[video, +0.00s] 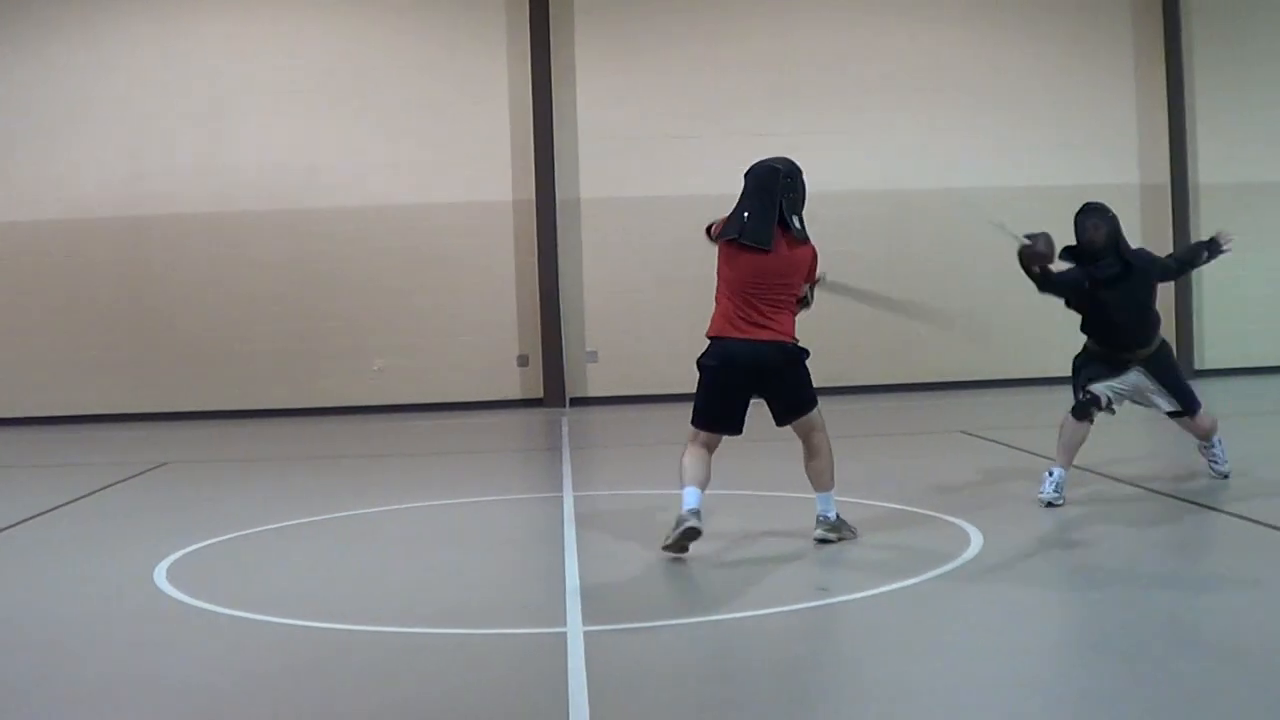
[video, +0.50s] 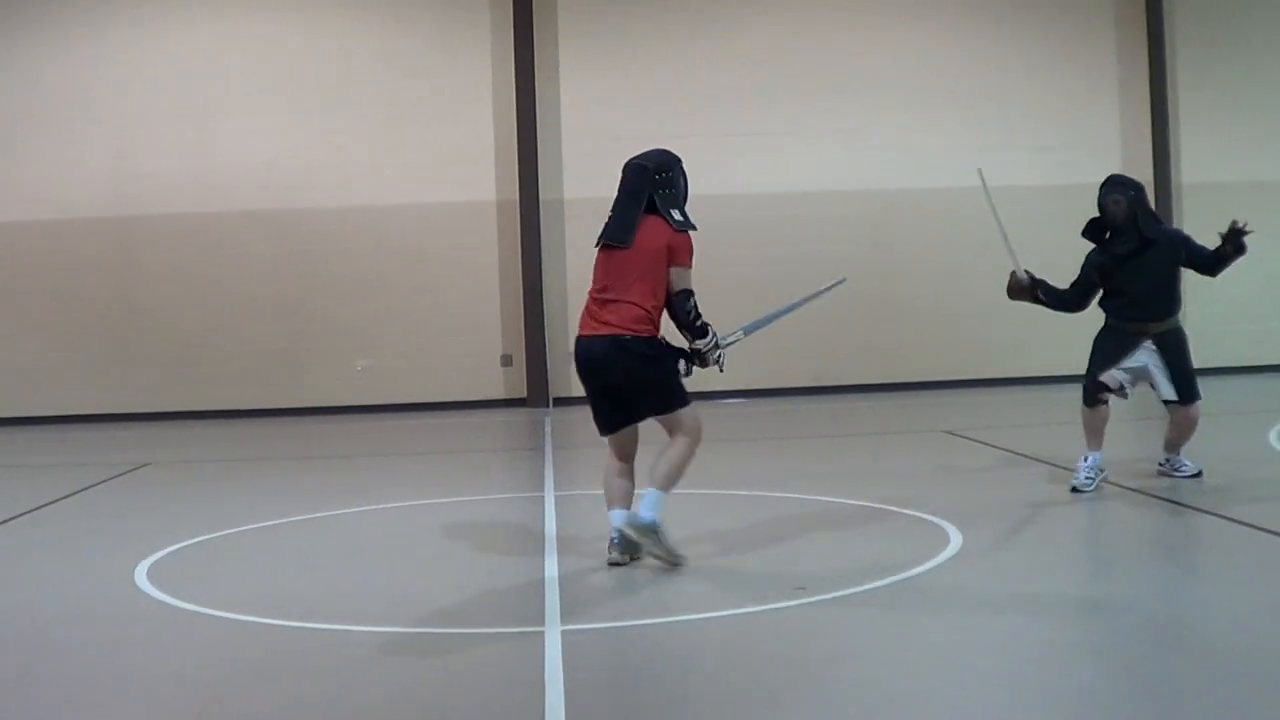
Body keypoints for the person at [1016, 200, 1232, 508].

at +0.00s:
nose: (1090, 235)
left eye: (1096, 227)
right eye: (1084, 229)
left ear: (1112, 229)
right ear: (1077, 236)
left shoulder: (1141, 264)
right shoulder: (1079, 277)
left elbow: (1176, 265)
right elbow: (1046, 283)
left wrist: (1208, 248)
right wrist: (1032, 263)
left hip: (1150, 356)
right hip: (1101, 359)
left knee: (1200, 425)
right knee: (1085, 406)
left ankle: (1211, 445)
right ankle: (1057, 476)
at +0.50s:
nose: (1111, 209)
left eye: (1118, 202)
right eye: (1106, 203)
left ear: (1135, 204)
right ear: (1101, 208)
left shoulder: (1167, 240)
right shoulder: (1102, 254)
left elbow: (1208, 265)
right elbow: (1075, 300)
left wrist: (1228, 250)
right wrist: (1036, 288)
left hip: (1165, 334)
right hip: (1118, 334)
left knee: (1188, 412)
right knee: (1093, 392)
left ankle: (1171, 457)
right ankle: (1093, 461)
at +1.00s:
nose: (1096, 199)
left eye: (1103, 192)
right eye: (1092, 194)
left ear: (1123, 195)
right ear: (1088, 201)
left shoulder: (1154, 238)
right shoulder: (1086, 249)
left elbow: (1192, 268)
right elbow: (1056, 289)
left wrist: (1212, 249)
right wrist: (1013, 274)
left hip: (1155, 333)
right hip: (1106, 336)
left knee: (1179, 401)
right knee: (1080, 401)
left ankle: (1180, 458)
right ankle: (1056, 473)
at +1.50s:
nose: (1065, 190)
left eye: (1072, 183)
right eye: (1059, 184)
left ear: (1090, 184)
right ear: (1054, 190)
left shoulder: (1121, 222)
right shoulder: (1053, 236)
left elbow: (1156, 251)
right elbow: (1027, 279)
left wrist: (1165, 286)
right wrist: (989, 266)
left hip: (1120, 322)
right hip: (1074, 324)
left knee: (1131, 396)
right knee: (1061, 396)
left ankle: (1104, 463)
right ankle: (1040, 472)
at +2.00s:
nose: (1021, 187)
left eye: (1027, 180)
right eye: (1015, 181)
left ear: (1041, 185)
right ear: (1005, 188)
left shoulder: (1065, 228)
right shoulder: (997, 237)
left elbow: (1090, 257)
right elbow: (968, 279)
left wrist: (1086, 299)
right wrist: (940, 260)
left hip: (1060, 324)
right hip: (1014, 328)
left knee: (1075, 399)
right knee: (1010, 402)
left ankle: (1057, 466)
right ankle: (993, 478)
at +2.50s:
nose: (906, 191)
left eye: (912, 183)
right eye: (899, 184)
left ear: (925, 184)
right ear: (888, 187)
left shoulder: (942, 225)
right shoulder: (878, 232)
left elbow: (956, 260)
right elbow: (857, 277)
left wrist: (950, 298)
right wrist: (836, 264)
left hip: (933, 323)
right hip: (896, 326)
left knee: (947, 401)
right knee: (910, 403)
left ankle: (894, 460)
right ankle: (904, 481)